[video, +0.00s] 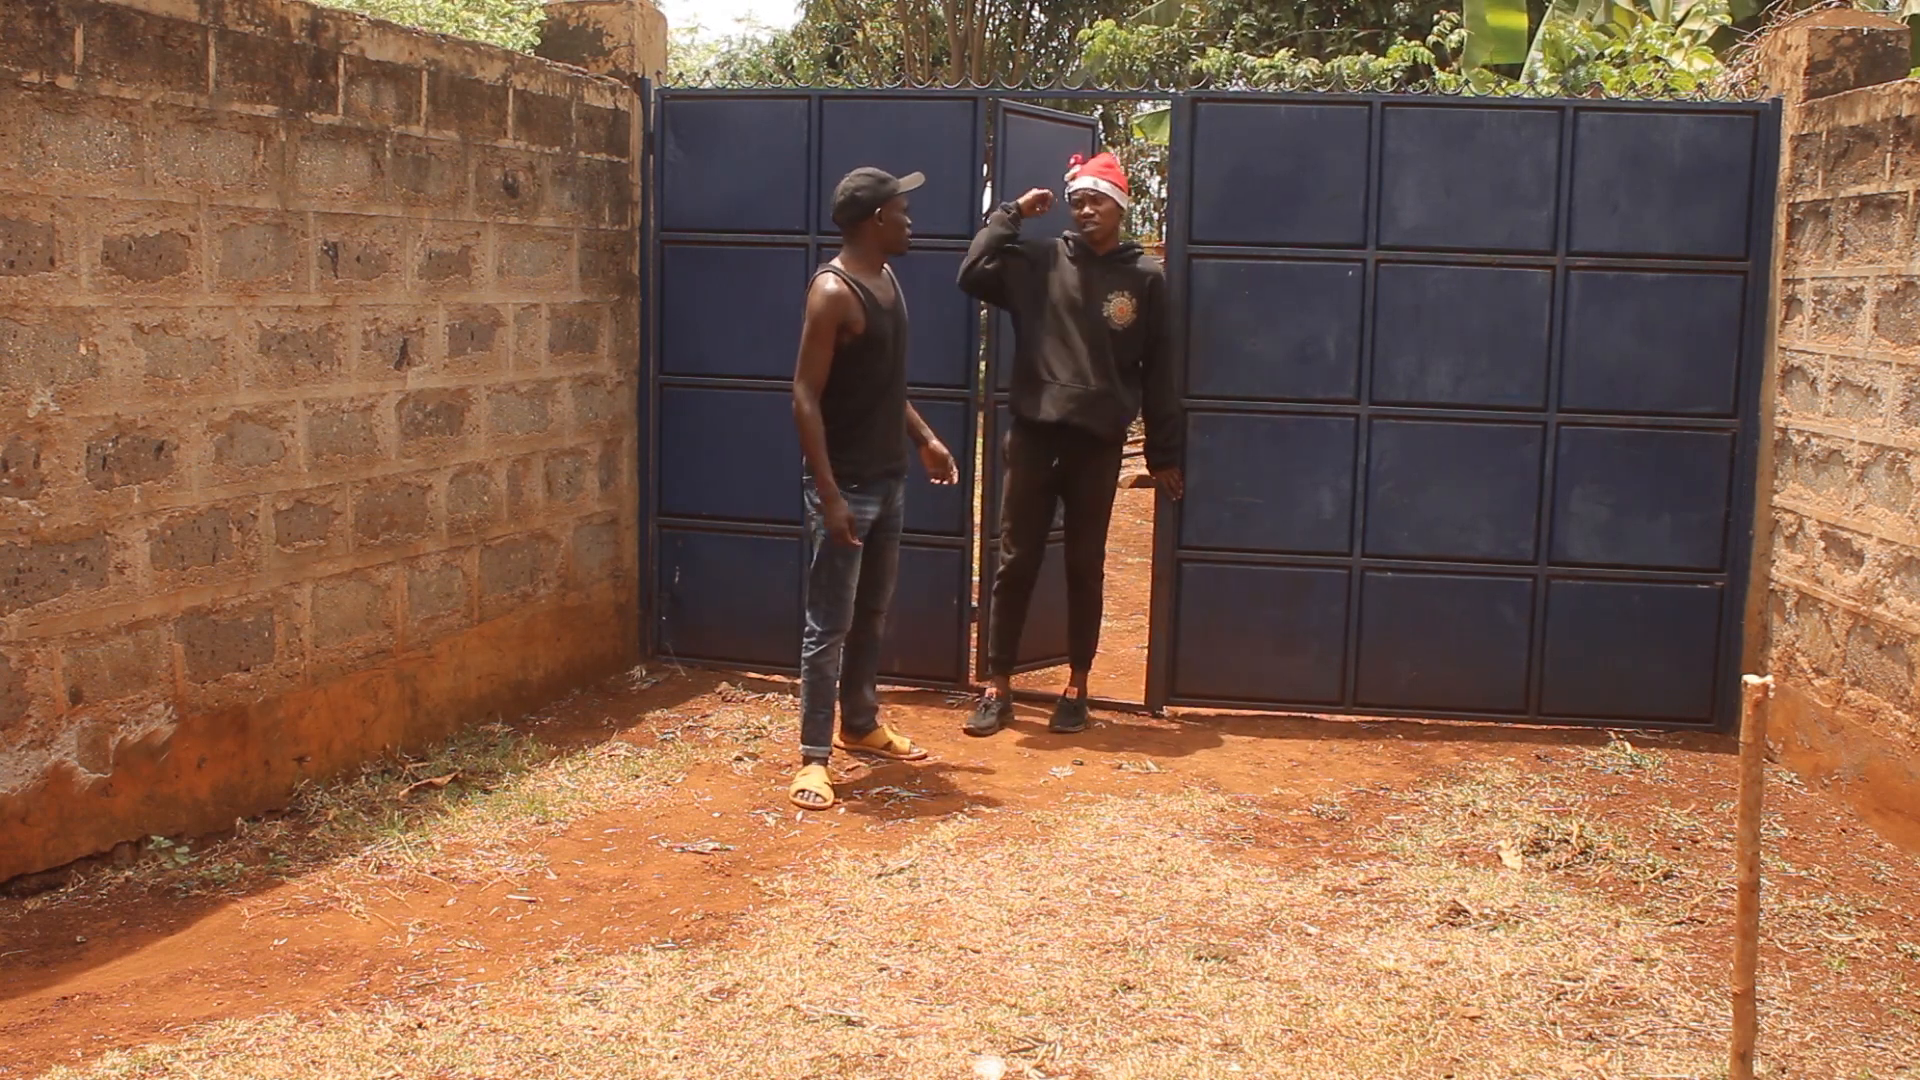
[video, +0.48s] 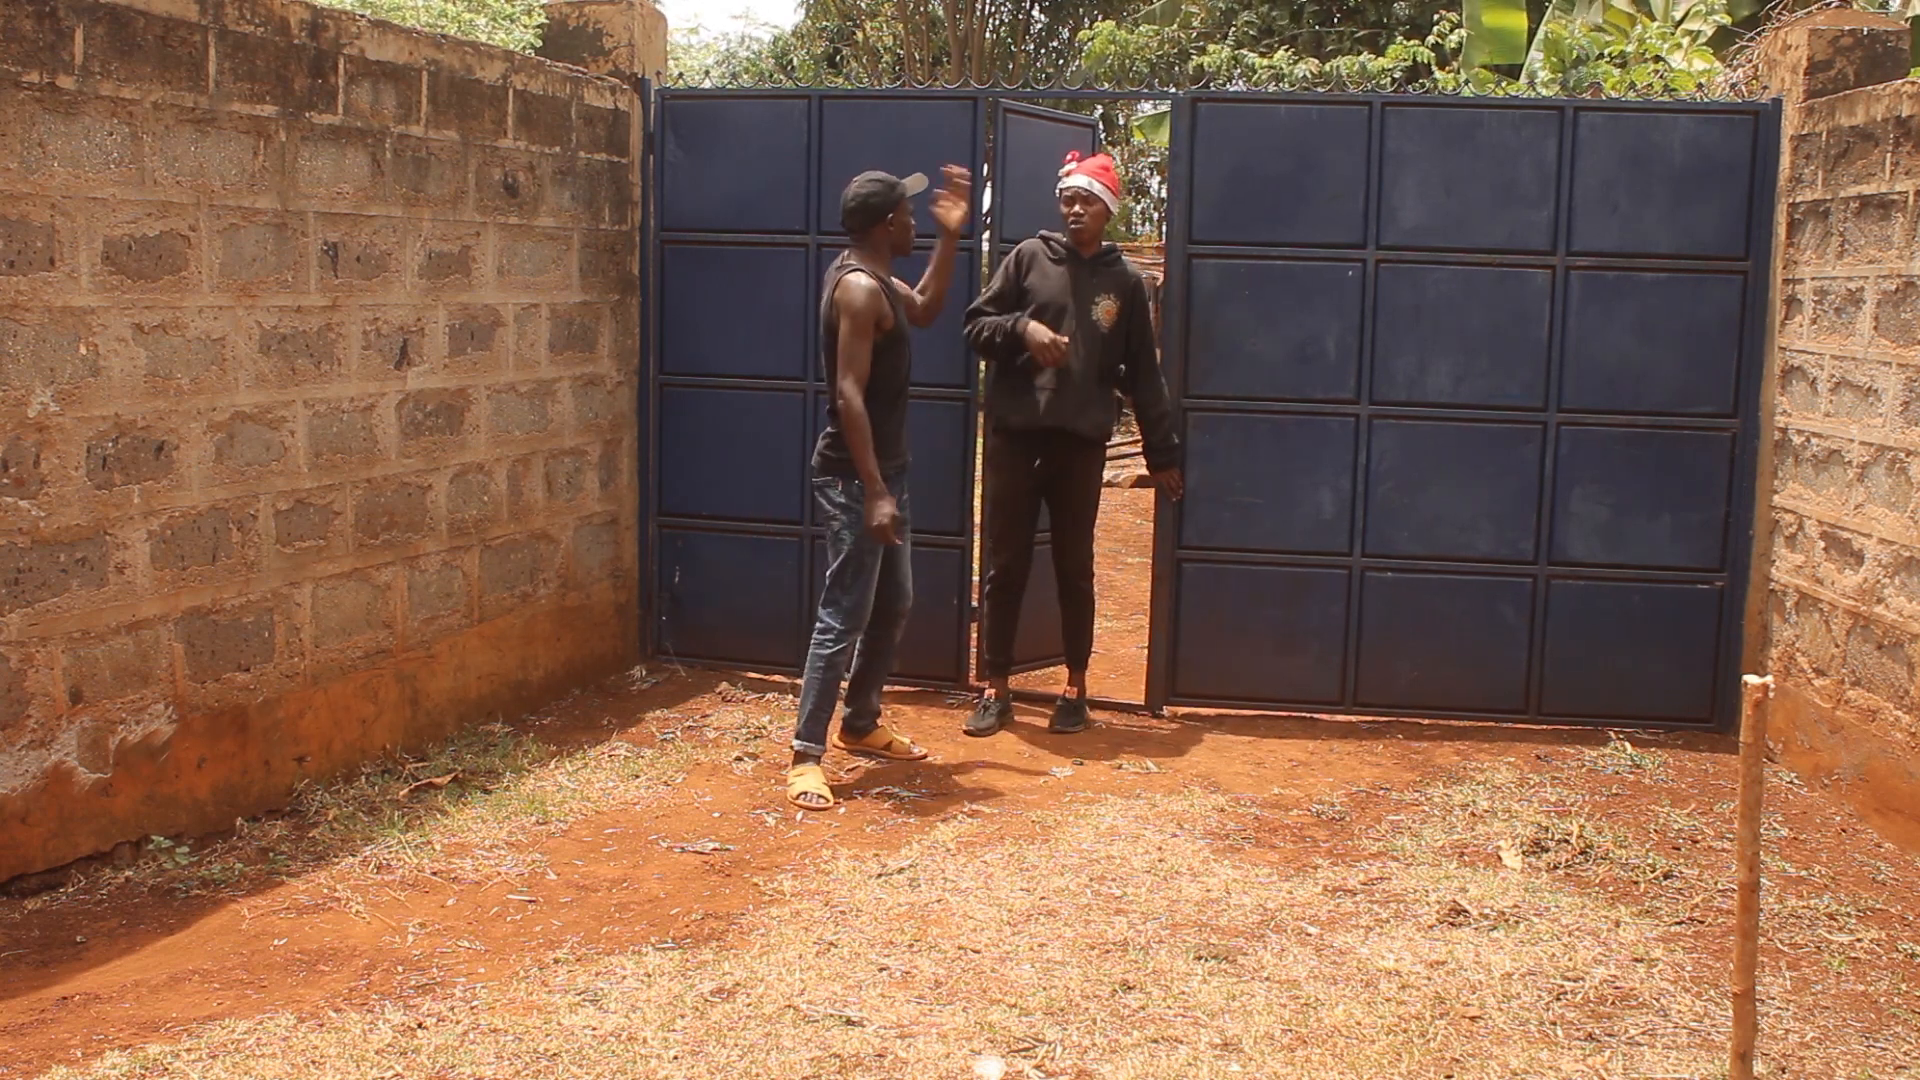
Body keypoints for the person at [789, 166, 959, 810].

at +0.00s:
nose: (909, 218)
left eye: (906, 208)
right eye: (901, 210)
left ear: (873, 220)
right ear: (869, 221)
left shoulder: (885, 279)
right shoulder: (831, 293)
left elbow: (881, 381)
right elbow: (804, 398)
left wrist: (924, 437)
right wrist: (829, 496)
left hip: (887, 477)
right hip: (842, 484)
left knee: (871, 613)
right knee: (827, 626)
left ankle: (861, 724)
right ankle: (814, 759)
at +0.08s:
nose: (910, 215)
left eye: (905, 205)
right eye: (901, 206)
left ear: (873, 220)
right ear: (872, 220)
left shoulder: (884, 281)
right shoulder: (833, 294)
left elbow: (883, 379)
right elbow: (808, 397)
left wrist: (931, 427)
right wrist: (838, 494)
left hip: (887, 477)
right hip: (841, 483)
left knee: (871, 611)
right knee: (828, 623)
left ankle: (861, 725)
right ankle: (814, 758)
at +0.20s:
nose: (910, 216)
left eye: (906, 206)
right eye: (901, 207)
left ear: (871, 219)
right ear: (874, 218)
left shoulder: (876, 280)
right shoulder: (839, 292)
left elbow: (896, 344)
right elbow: (816, 395)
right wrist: (845, 491)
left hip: (884, 477)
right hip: (843, 481)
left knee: (874, 611)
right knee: (830, 624)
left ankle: (860, 726)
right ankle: (813, 760)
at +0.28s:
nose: (915, 224)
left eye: (915, 213)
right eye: (906, 214)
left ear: (879, 219)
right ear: (875, 219)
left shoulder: (875, 269)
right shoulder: (848, 284)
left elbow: (916, 292)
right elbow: (826, 388)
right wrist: (850, 487)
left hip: (883, 471)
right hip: (845, 477)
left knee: (883, 604)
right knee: (835, 621)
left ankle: (861, 724)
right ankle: (810, 758)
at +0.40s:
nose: (917, 220)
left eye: (914, 211)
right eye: (911, 212)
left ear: (870, 220)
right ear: (887, 222)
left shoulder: (872, 270)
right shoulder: (860, 283)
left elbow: (931, 273)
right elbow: (839, 389)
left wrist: (875, 207)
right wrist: (861, 487)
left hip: (885, 472)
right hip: (849, 475)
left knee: (890, 603)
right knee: (835, 618)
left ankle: (861, 723)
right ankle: (805, 758)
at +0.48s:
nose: (914, 222)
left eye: (911, 213)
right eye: (908, 214)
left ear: (872, 222)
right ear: (885, 223)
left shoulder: (875, 273)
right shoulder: (857, 287)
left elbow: (922, 310)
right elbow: (847, 393)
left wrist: (950, 236)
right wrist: (874, 490)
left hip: (884, 470)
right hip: (851, 475)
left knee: (893, 602)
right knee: (843, 615)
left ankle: (861, 724)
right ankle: (806, 757)